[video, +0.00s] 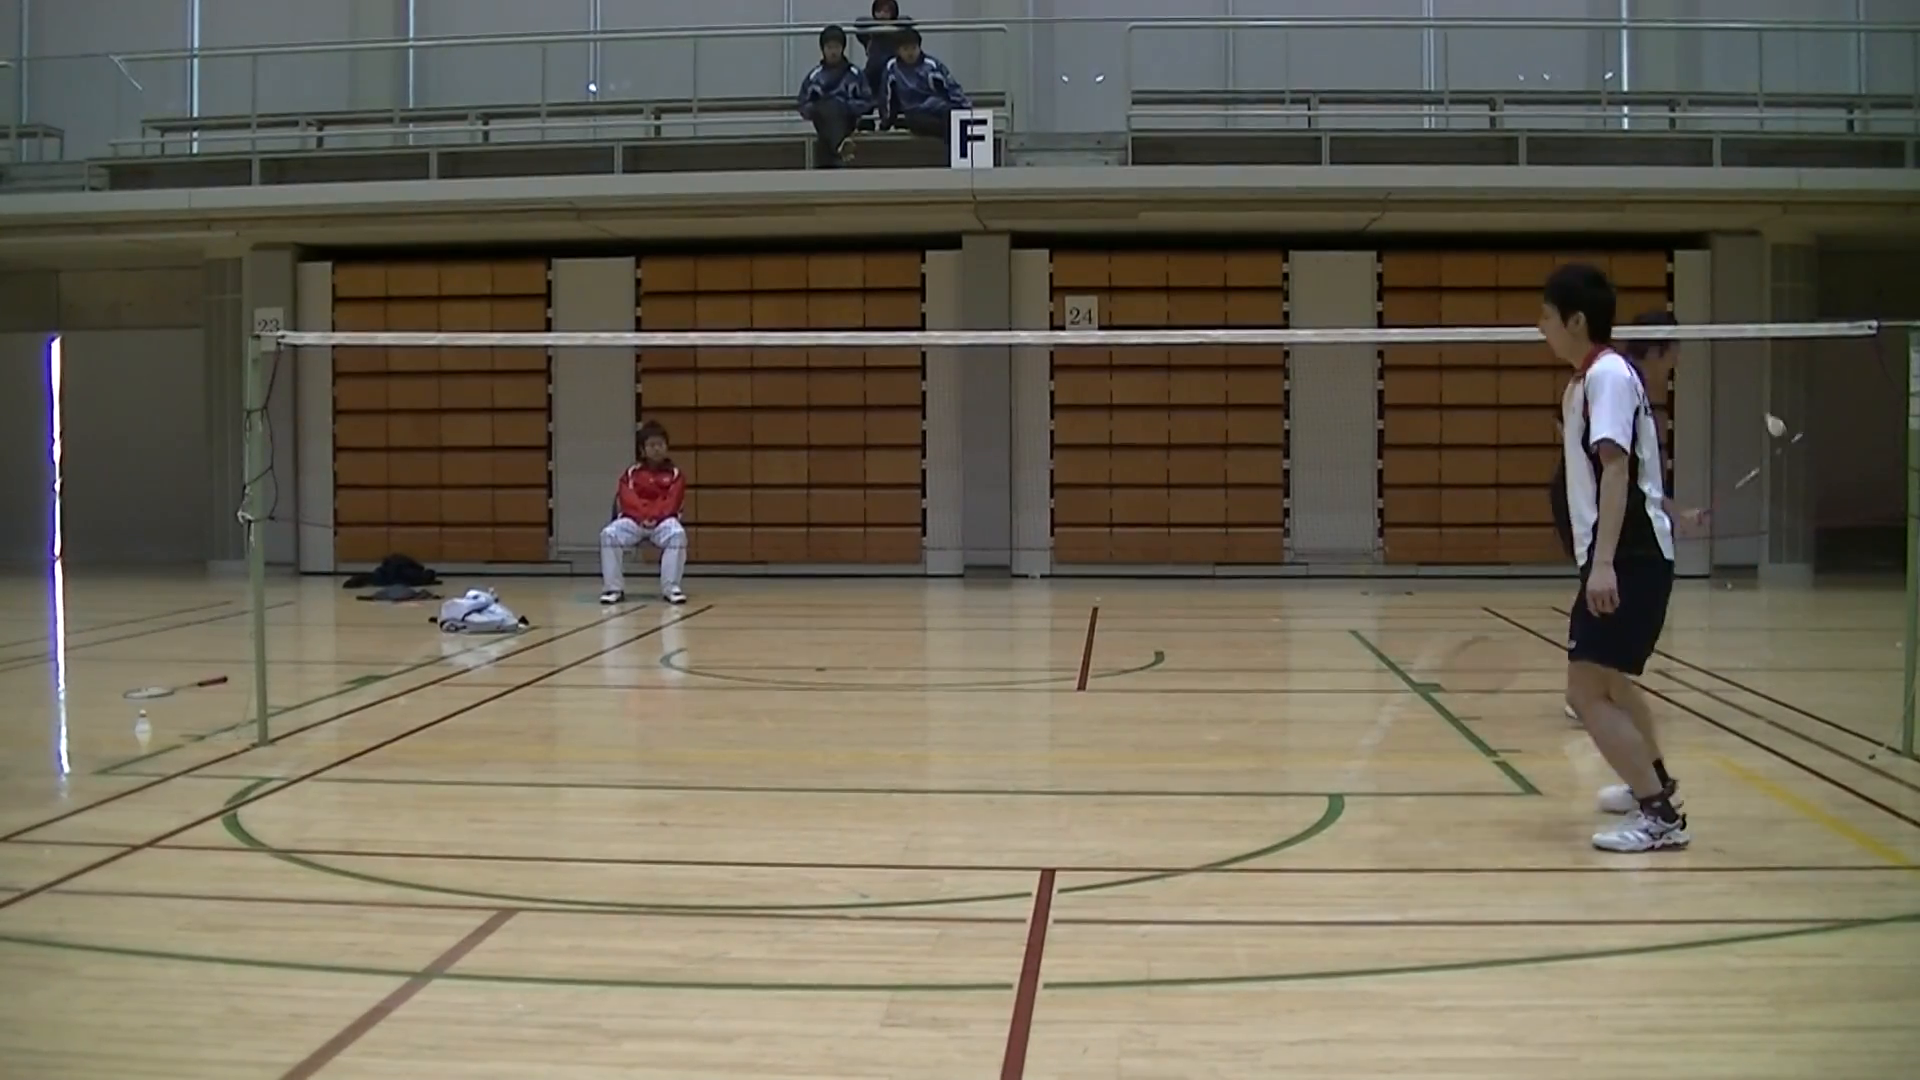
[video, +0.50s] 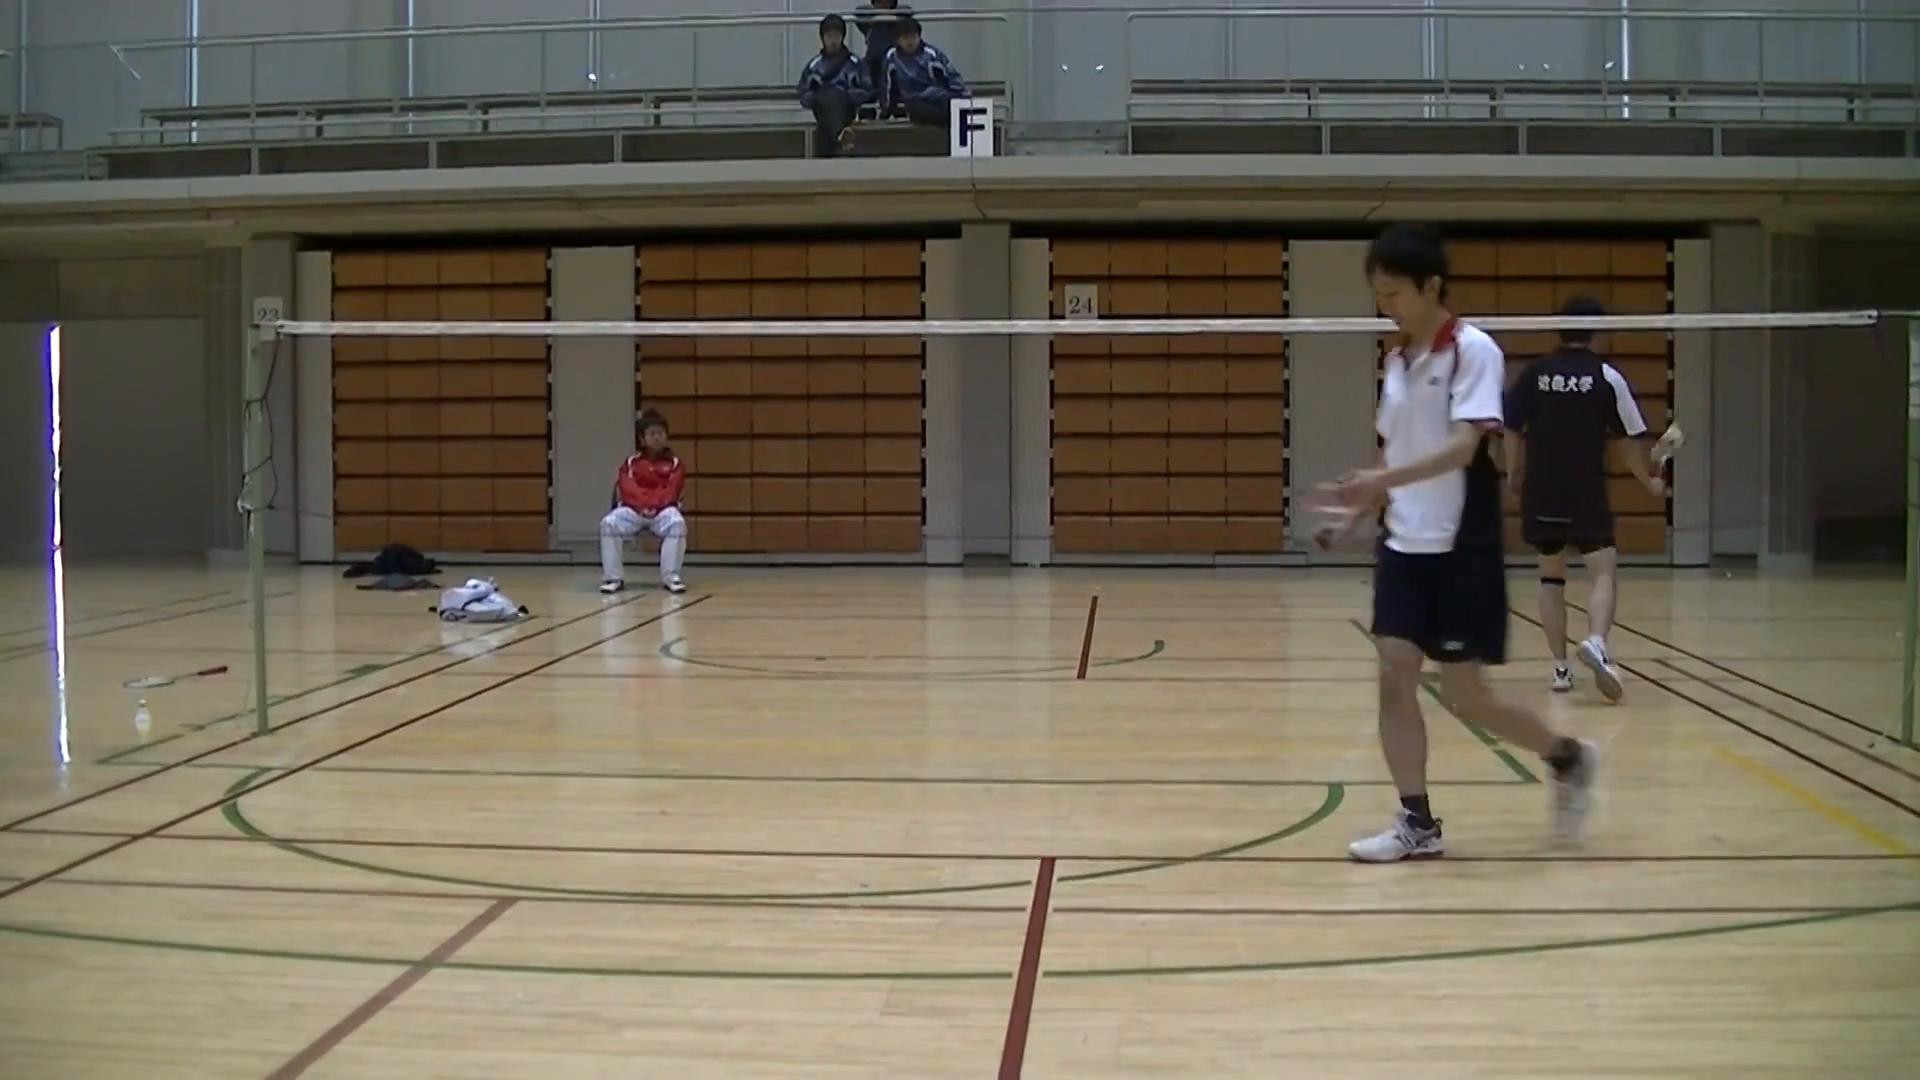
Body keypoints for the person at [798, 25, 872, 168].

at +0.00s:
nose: (833, 51)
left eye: (837, 47)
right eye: (829, 47)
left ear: (843, 48)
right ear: (822, 49)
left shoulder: (856, 74)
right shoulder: (813, 76)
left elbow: (867, 103)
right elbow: (803, 105)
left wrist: (844, 106)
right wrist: (818, 109)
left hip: (848, 119)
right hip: (821, 118)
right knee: (830, 105)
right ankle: (840, 144)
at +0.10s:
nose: (834, 51)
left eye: (838, 47)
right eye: (829, 47)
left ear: (844, 48)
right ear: (823, 49)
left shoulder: (856, 73)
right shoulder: (814, 75)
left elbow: (868, 102)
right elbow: (804, 105)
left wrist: (844, 106)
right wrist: (817, 109)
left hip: (848, 118)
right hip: (821, 118)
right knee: (832, 105)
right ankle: (840, 144)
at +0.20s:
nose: (832, 50)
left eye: (836, 45)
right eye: (828, 45)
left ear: (842, 47)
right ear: (822, 48)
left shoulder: (855, 72)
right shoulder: (813, 74)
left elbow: (867, 102)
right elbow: (802, 104)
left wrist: (843, 105)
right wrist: (817, 108)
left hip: (847, 117)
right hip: (820, 117)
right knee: (830, 104)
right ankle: (840, 143)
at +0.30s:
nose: (832, 48)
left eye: (836, 43)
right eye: (828, 43)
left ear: (842, 44)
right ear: (822, 45)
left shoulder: (855, 70)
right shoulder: (813, 72)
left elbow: (867, 99)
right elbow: (802, 101)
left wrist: (844, 103)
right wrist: (816, 105)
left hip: (847, 115)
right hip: (820, 115)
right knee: (830, 102)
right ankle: (839, 141)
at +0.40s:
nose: (833, 44)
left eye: (836, 39)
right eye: (829, 39)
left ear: (842, 40)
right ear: (822, 41)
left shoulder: (856, 66)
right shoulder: (813, 69)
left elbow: (868, 95)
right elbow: (803, 99)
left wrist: (843, 99)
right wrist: (819, 101)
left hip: (848, 114)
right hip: (821, 113)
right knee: (829, 98)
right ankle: (839, 138)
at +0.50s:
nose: (833, 40)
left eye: (837, 36)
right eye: (828, 36)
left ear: (843, 37)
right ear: (822, 38)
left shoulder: (855, 63)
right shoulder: (813, 65)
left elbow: (868, 92)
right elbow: (803, 97)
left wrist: (842, 95)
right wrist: (821, 96)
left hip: (848, 115)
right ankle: (841, 134)